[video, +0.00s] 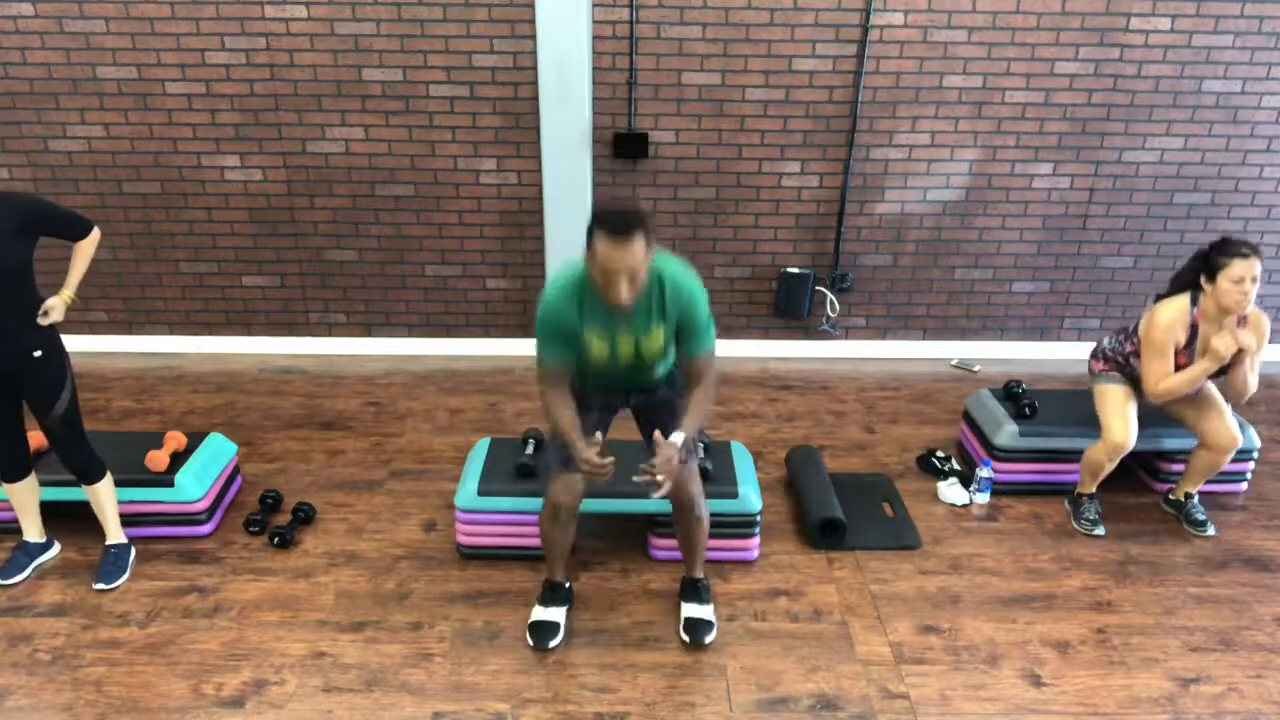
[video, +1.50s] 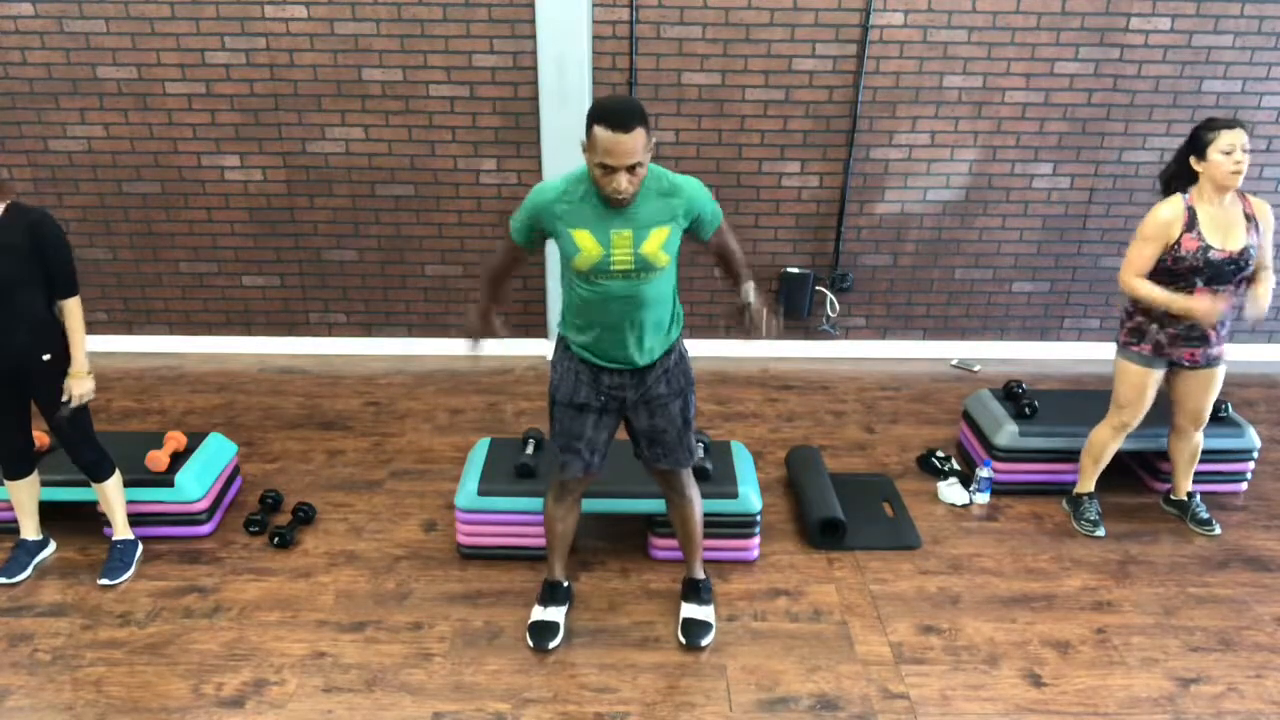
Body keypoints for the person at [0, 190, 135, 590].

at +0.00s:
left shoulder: (17, 210)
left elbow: (88, 233)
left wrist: (65, 295)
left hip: (33, 350)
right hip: (2, 362)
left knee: (74, 450)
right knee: (9, 455)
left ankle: (117, 543)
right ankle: (35, 540)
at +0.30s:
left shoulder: (25, 206)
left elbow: (104, 223)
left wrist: (77, 284)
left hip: (43, 345)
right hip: (3, 356)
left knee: (79, 448)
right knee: (14, 452)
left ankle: (118, 543)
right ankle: (35, 540)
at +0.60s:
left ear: (4, 173)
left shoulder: (28, 212)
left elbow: (97, 249)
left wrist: (59, 304)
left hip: (46, 350)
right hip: (4, 358)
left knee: (81, 448)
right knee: (16, 452)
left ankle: (118, 543)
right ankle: (35, 540)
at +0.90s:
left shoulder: (19, 221)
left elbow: (87, 272)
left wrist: (58, 337)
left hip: (42, 355)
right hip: (4, 367)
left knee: (76, 448)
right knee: (13, 455)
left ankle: (117, 542)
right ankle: (35, 540)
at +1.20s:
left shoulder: (25, 225)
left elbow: (60, 295)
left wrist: (55, 368)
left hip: (44, 356)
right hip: (2, 367)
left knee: (81, 446)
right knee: (12, 453)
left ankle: (124, 537)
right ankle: (34, 540)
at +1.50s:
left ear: (6, 185)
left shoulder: (35, 225)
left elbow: (68, 298)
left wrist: (80, 367)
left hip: (46, 363)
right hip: (4, 371)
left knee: (84, 450)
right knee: (14, 457)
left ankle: (124, 538)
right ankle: (31, 539)